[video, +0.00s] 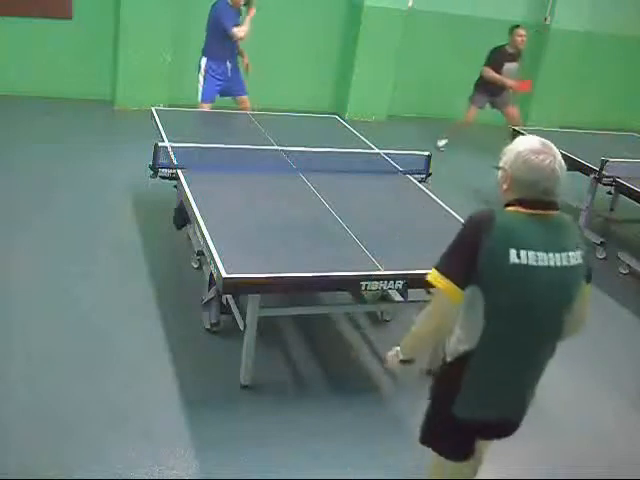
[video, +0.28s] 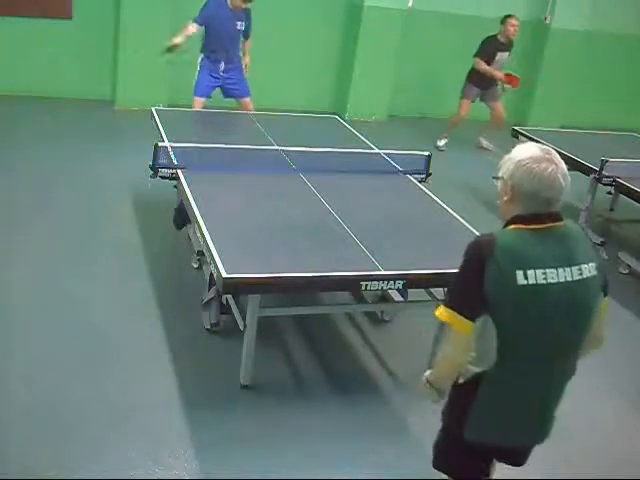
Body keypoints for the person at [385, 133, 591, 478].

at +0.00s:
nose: (499, 177)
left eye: (501, 172)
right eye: (502, 170)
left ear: (507, 182)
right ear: (554, 182)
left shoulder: (485, 227)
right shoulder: (570, 232)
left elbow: (442, 312)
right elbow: (575, 319)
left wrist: (405, 353)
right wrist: (531, 336)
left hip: (471, 374)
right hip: (524, 372)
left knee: (450, 459)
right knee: (476, 443)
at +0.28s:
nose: (499, 191)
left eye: (501, 184)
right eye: (501, 183)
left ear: (508, 194)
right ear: (557, 195)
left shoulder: (488, 250)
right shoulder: (583, 243)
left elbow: (457, 347)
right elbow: (593, 337)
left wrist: (436, 381)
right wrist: (551, 356)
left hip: (483, 401)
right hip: (541, 399)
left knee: (463, 469)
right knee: (484, 460)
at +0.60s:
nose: (519, 194)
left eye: (521, 186)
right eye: (520, 186)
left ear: (532, 197)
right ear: (580, 202)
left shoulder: (517, 260)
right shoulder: (601, 248)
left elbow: (484, 362)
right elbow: (611, 338)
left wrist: (441, 396)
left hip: (497, 415)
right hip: (555, 410)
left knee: (472, 471)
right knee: (520, 471)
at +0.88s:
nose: (536, 195)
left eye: (538, 187)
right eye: (537, 186)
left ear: (549, 196)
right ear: (600, 199)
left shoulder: (534, 253)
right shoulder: (620, 250)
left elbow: (503, 360)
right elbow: (631, 343)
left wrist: (457, 394)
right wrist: (585, 367)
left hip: (514, 416)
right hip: (574, 419)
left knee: (466, 469)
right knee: (542, 474)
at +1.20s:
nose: (530, 188)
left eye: (533, 181)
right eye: (532, 181)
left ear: (543, 191)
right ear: (592, 196)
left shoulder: (519, 245)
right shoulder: (611, 248)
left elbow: (486, 349)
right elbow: (623, 343)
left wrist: (452, 369)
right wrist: (577, 359)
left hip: (503, 397)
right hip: (563, 399)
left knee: (468, 470)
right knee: (525, 472)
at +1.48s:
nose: (508, 188)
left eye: (511, 181)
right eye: (511, 180)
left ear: (519, 189)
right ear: (568, 192)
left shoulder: (492, 239)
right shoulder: (588, 246)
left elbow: (446, 330)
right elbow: (599, 333)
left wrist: (426, 303)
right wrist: (548, 340)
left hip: (479, 380)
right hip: (535, 381)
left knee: (462, 463)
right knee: (489, 450)